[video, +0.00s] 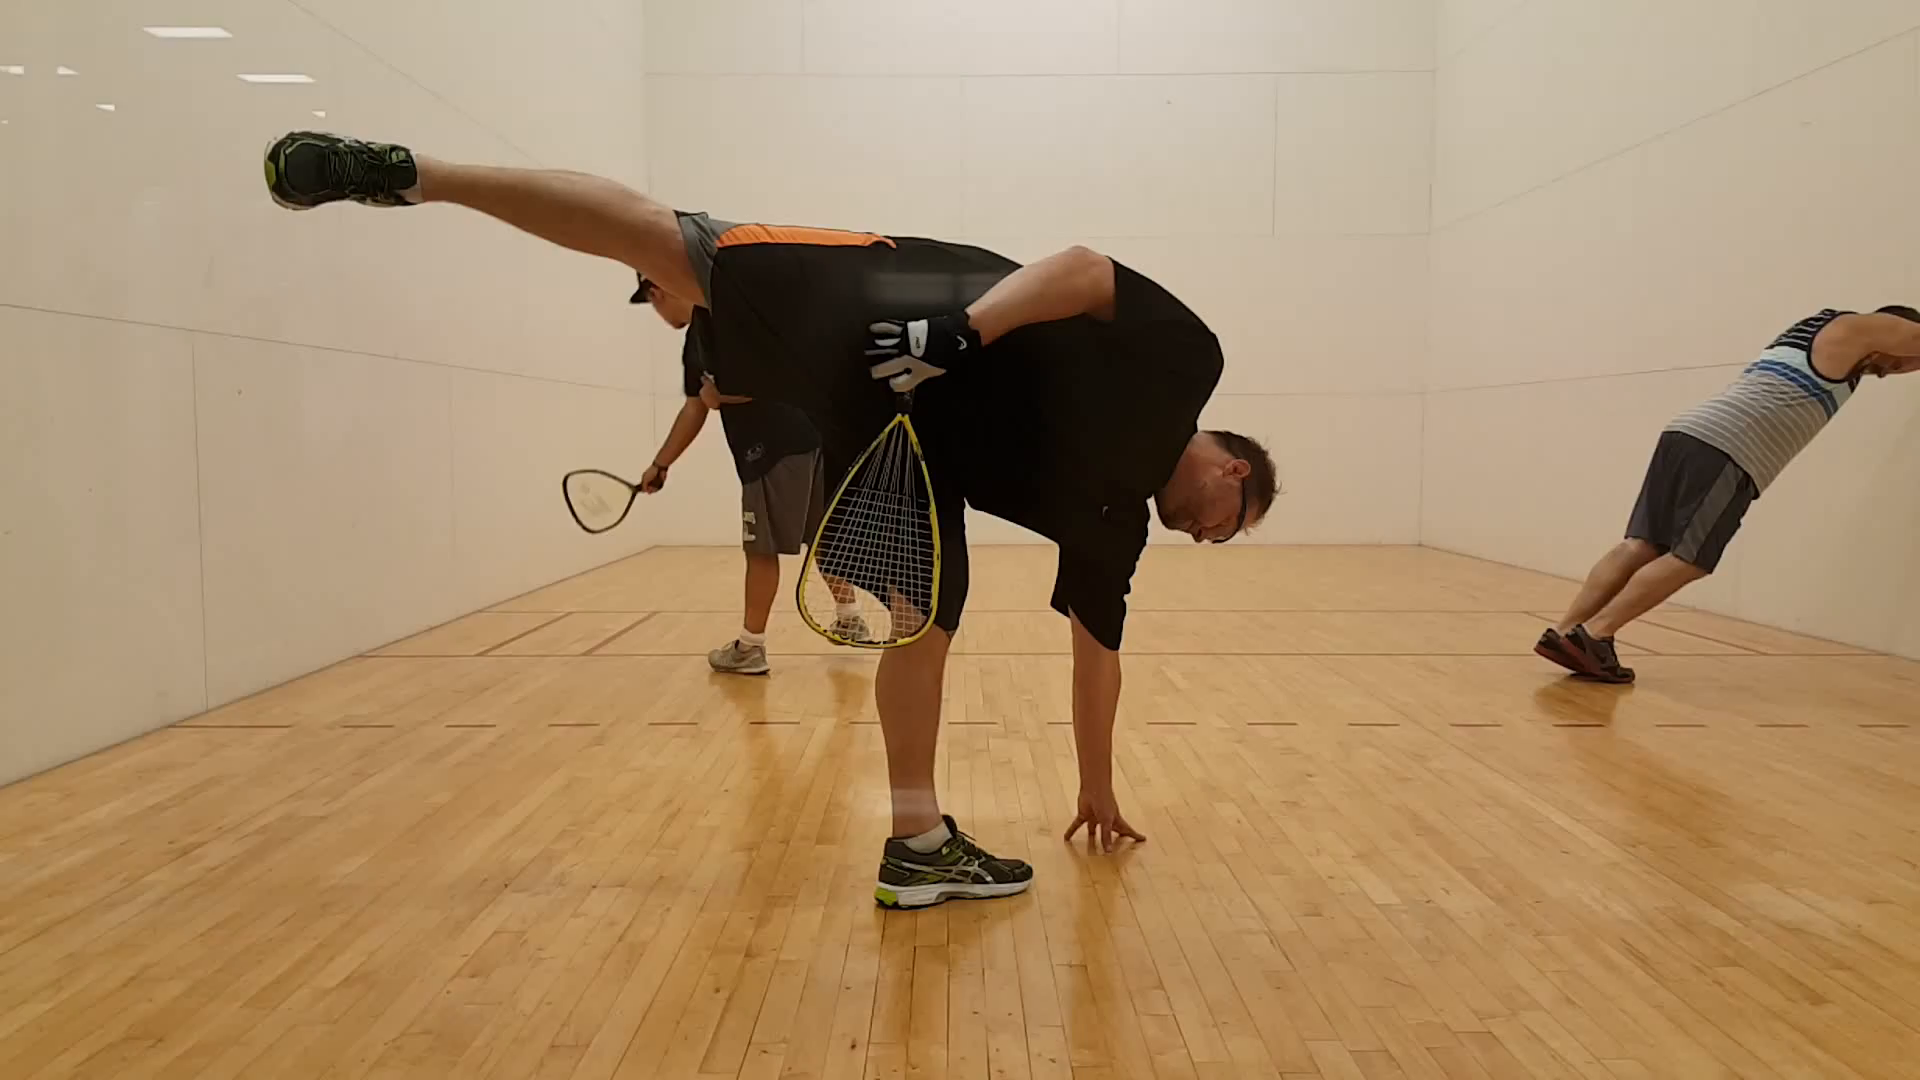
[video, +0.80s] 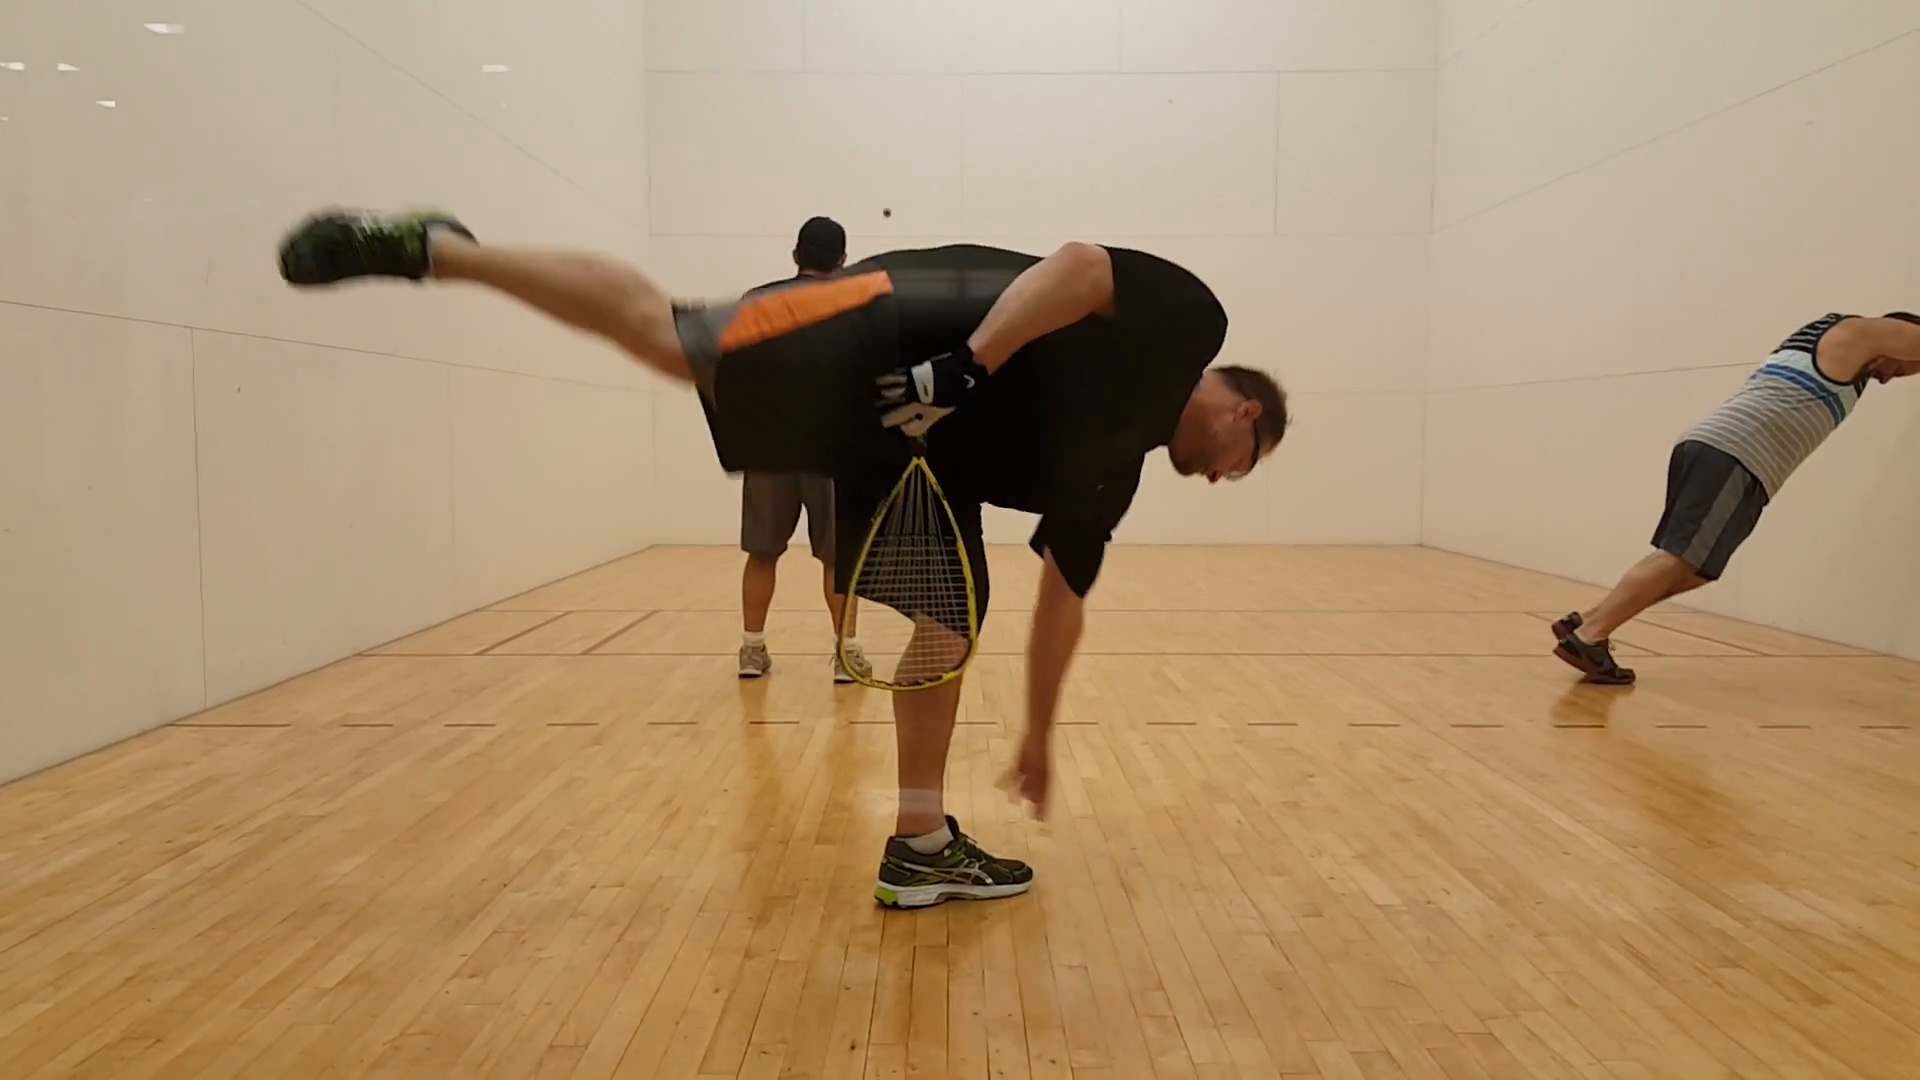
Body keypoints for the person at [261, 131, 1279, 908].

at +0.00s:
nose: (1225, 517)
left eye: (1233, 525)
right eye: (1238, 496)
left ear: (1210, 519)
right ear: (1227, 442)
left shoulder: (1109, 531)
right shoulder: (1182, 357)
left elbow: (1094, 658)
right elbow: (1078, 273)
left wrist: (1100, 792)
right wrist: (961, 332)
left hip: (882, 414)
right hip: (871, 301)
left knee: (924, 606)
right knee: (676, 247)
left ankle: (915, 841)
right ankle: (401, 175)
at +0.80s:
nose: (1229, 465)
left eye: (1241, 465)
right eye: (1244, 445)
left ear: (1220, 441)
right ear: (1235, 392)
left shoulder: (1106, 474)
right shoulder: (1185, 314)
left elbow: (1064, 600)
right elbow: (1080, 269)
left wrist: (1043, 730)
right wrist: (963, 375)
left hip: (920, 431)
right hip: (906, 333)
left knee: (942, 604)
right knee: (686, 341)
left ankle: (917, 845)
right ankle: (431, 251)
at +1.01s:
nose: (1238, 386)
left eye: (1251, 381)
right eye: (1252, 364)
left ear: (1240, 337)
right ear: (1243, 309)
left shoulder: (1127, 389)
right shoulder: (1183, 254)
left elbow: (1016, 476)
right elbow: (1071, 265)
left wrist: (955, 599)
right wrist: (986, 404)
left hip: (968, 433)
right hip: (915, 356)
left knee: (943, 621)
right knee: (809, 571)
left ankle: (922, 848)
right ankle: (581, 480)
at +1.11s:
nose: (1245, 330)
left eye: (1257, 323)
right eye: (1258, 309)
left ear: (1243, 269)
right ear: (1247, 259)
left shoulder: (1140, 301)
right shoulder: (1177, 212)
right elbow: (1065, 249)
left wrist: (1000, 464)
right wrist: (1012, 412)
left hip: (963, 401)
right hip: (921, 361)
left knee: (955, 622)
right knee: (904, 605)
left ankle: (922, 846)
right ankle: (664, 645)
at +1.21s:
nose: (1250, 259)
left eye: (1265, 249)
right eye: (1264, 236)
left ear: (1240, 197)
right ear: (1248, 192)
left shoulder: (1146, 236)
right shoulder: (1168, 165)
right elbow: (1058, 238)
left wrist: (1027, 431)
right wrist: (1037, 407)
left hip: (933, 371)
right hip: (943, 368)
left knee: (951, 617)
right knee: (972, 611)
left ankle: (923, 844)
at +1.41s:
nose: (1243, 126)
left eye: (1254, 114)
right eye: (1253, 102)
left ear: (1191, 40)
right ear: (1229, 54)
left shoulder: (1097, 88)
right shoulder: (1163, 93)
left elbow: (1015, 246)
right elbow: (1090, 237)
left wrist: (1075, 407)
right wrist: (1103, 410)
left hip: (938, 382)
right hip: (1013, 393)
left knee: (949, 625)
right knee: (1046, 654)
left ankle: (923, 844)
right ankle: (1059, 911)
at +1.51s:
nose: (1252, 81)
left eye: (1261, 66)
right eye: (1259, 56)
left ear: (1185, 7)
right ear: (1229, 11)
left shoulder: (1085, 70)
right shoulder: (1170, 78)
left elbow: (1035, 257)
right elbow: (1130, 259)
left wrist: (1117, 428)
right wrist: (1152, 426)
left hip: (958, 390)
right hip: (1046, 397)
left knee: (958, 619)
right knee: (1074, 658)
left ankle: (928, 842)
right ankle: (1065, 917)